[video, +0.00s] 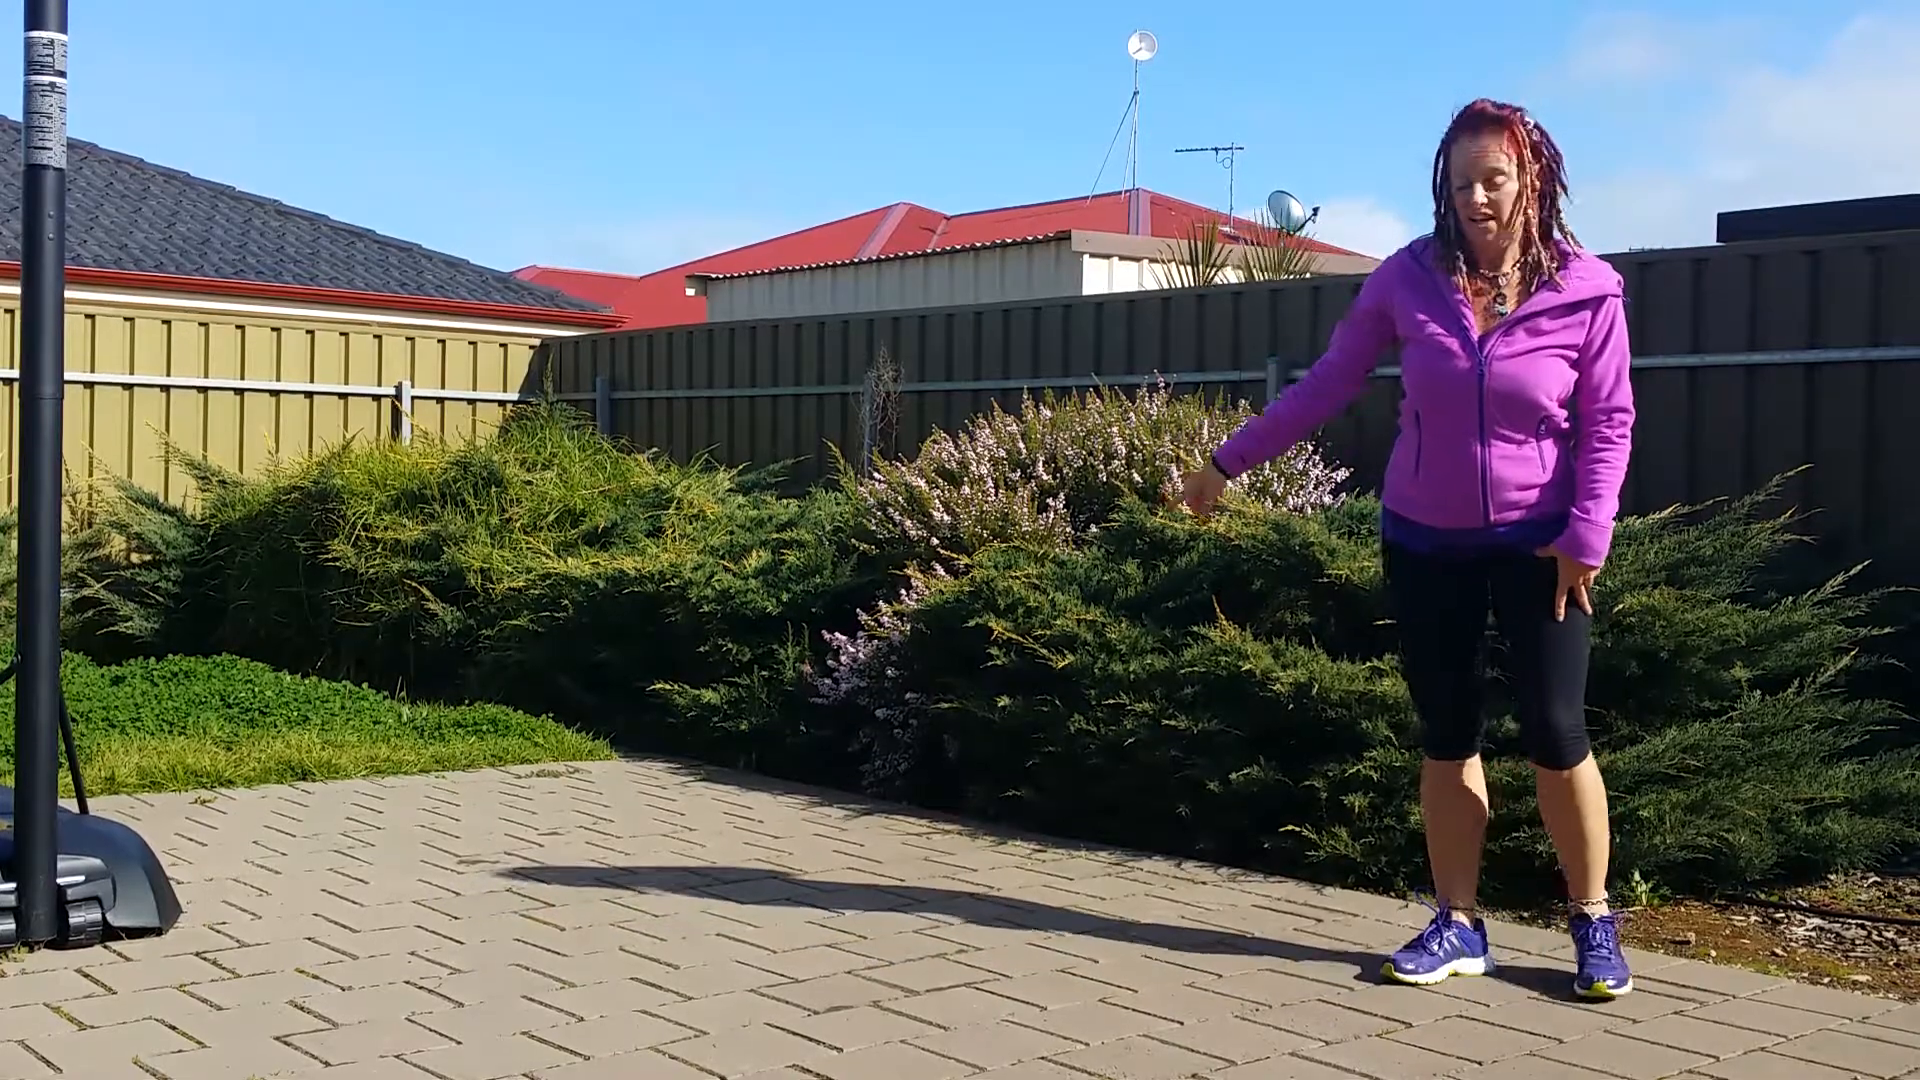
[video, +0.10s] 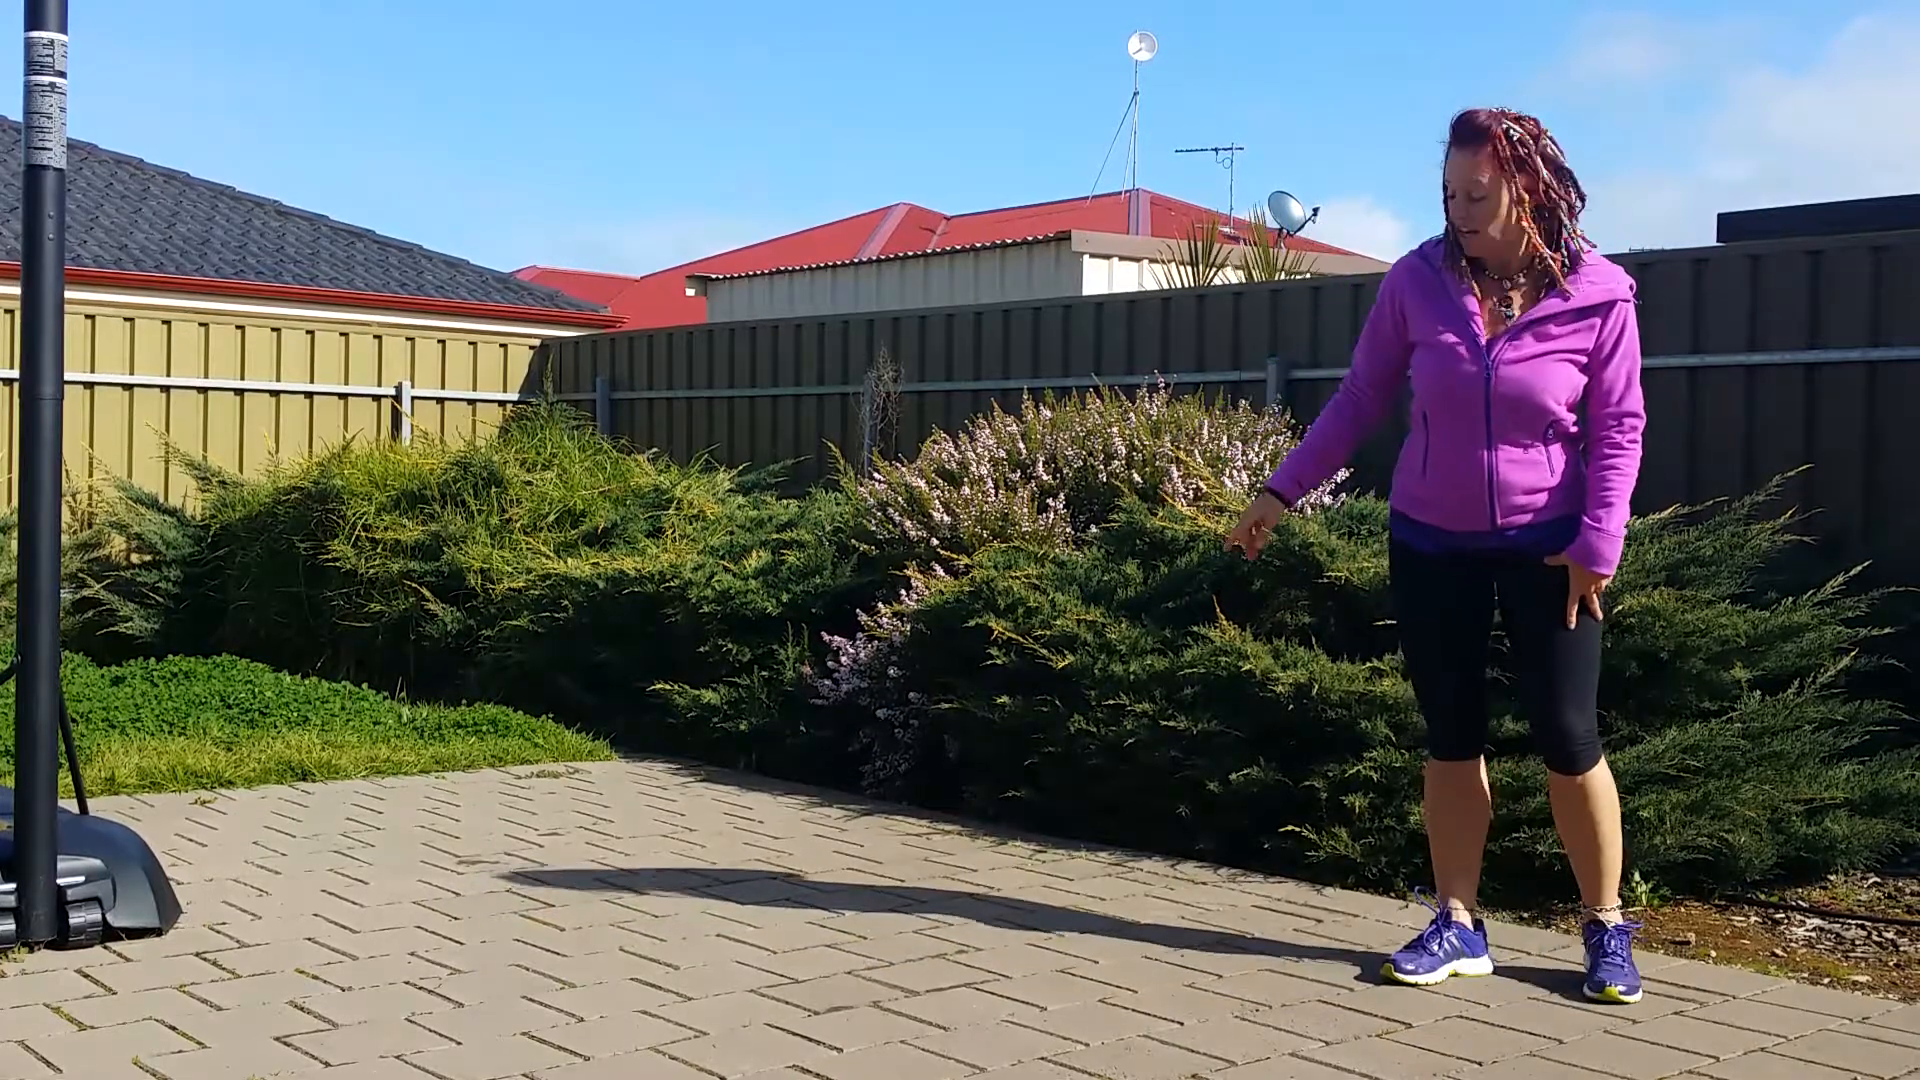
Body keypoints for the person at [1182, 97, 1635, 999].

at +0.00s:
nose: (1478, 198)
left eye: (1496, 179)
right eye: (1462, 182)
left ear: (1532, 183)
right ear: (1444, 186)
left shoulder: (1588, 286)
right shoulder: (1405, 278)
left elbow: (1608, 422)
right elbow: (1327, 383)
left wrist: (1587, 533)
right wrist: (1225, 461)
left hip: (1543, 539)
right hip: (1426, 540)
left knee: (1556, 735)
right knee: (1448, 736)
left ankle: (1594, 922)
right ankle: (1458, 922)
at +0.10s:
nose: (1457, 212)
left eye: (1475, 198)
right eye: (1450, 194)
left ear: (1529, 192)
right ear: (1444, 187)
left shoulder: (1598, 290)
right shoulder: (1417, 279)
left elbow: (1619, 427)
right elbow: (1359, 399)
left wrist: (1600, 537)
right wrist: (1280, 492)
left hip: (1551, 540)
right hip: (1431, 541)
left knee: (1569, 740)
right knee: (1450, 736)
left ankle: (1608, 931)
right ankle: (1457, 924)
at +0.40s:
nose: (1443, 242)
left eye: (1456, 227)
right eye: (1441, 226)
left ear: (1516, 221)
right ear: (1474, 220)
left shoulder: (1622, 302)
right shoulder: (1437, 301)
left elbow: (1671, 426)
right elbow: (1414, 423)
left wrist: (1671, 548)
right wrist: (1394, 530)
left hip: (1581, 542)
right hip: (1463, 535)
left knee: (1587, 742)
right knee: (1409, 705)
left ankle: (1605, 934)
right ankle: (1376, 902)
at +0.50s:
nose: (1431, 259)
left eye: (1441, 242)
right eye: (1429, 242)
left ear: (1498, 238)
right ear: (1456, 237)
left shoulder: (1614, 317)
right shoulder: (1431, 317)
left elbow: (1671, 435)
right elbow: (1407, 436)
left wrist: (1681, 554)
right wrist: (1379, 541)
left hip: (1576, 556)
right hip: (1456, 544)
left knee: (1586, 749)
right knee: (1370, 704)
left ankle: (1605, 938)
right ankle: (1274, 868)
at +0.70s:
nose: (1364, 326)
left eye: (1376, 311)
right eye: (1363, 310)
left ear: (1434, 310)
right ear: (1393, 312)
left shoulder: (1548, 377)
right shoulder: (1375, 382)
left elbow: (1621, 490)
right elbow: (1361, 477)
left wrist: (1650, 607)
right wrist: (1314, 562)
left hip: (1526, 593)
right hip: (1410, 578)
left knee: (1551, 769)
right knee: (1278, 680)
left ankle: (1601, 935)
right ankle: (1162, 836)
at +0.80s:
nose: (1303, 340)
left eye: (1315, 324)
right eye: (1302, 324)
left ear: (1373, 322)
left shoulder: (1480, 393)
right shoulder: (1317, 392)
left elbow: (1557, 501)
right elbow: (1310, 478)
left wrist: (1590, 618)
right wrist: (1266, 561)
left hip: (1468, 599)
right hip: (1356, 589)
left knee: (1517, 766)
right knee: (1225, 691)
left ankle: (1597, 932)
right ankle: (1179, 862)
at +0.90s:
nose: (1229, 326)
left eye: (1241, 312)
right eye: (1229, 311)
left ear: (1296, 313)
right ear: (1259, 313)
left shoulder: (1396, 379)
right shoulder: (1236, 380)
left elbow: (1470, 485)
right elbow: (1231, 468)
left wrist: (1509, 594)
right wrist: (1203, 557)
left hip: (1388, 590)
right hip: (1279, 586)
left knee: (1461, 748)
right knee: (1176, 706)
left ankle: (1578, 923)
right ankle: (1189, 878)